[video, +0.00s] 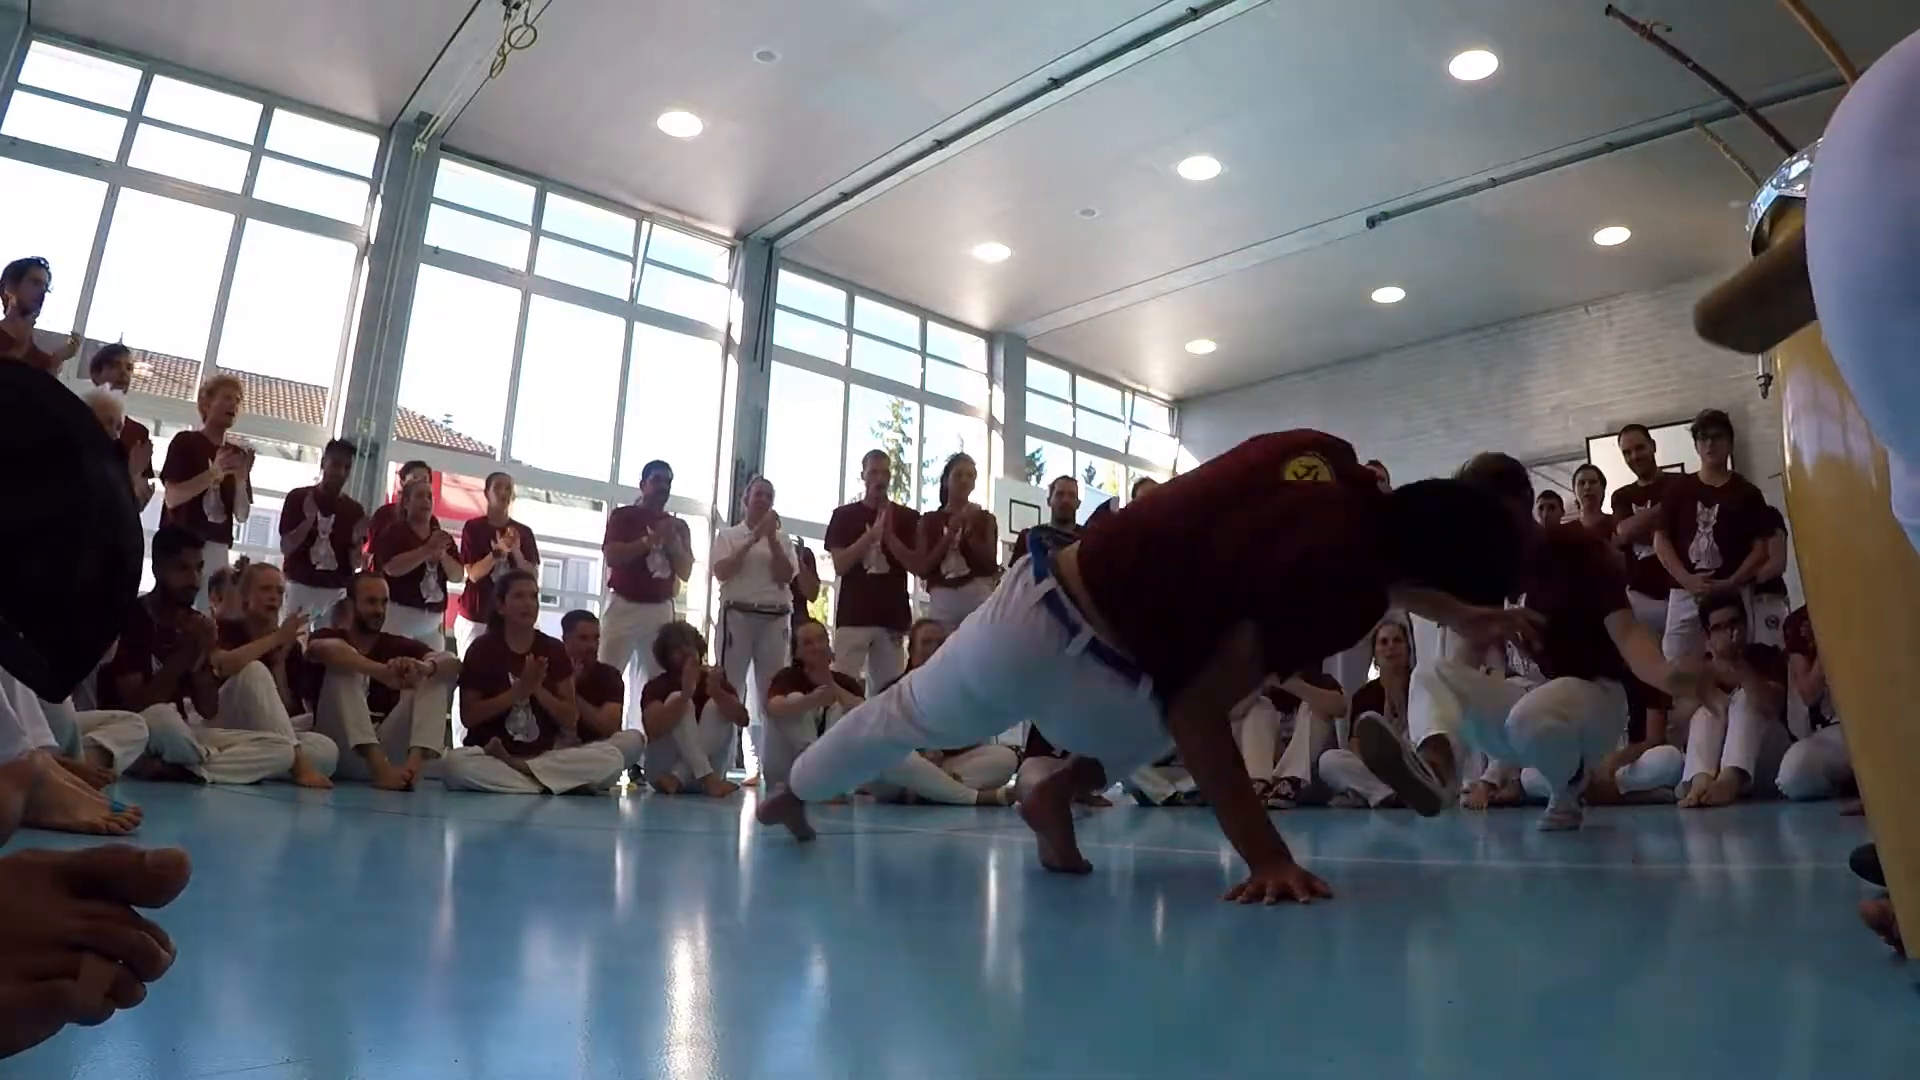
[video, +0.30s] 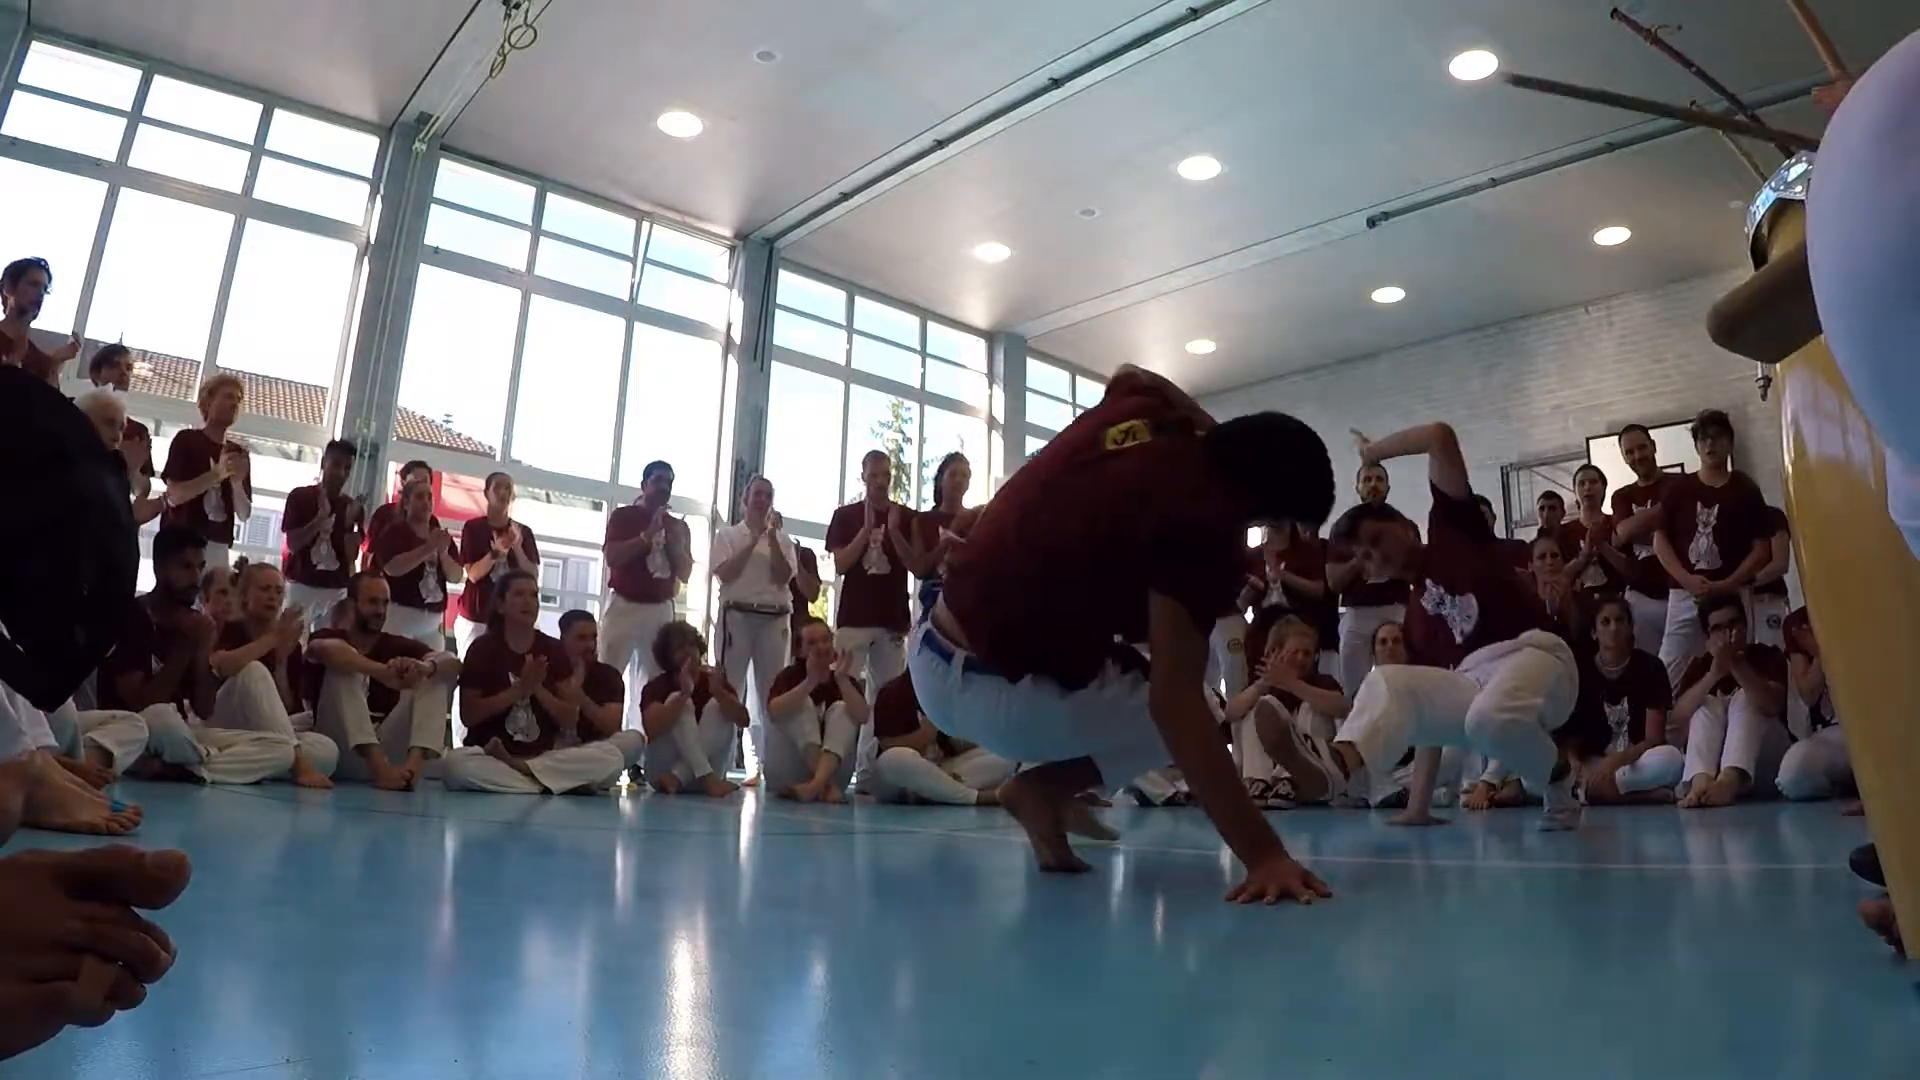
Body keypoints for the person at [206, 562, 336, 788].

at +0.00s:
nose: (274, 597)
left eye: (279, 591)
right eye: (266, 589)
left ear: (284, 597)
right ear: (246, 595)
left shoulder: (291, 646)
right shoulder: (224, 630)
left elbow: (293, 711)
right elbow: (222, 666)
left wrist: (279, 664)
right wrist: (278, 637)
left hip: (273, 733)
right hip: (224, 726)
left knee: (326, 752)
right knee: (253, 671)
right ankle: (298, 762)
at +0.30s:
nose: (273, 597)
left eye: (278, 591)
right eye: (264, 589)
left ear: (283, 597)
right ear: (245, 593)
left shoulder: (289, 643)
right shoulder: (229, 630)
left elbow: (291, 709)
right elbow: (220, 666)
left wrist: (281, 660)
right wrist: (274, 637)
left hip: (272, 732)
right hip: (224, 725)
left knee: (327, 751)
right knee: (253, 671)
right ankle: (299, 762)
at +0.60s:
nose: (273, 596)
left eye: (278, 590)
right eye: (264, 589)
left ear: (282, 596)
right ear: (245, 593)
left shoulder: (284, 643)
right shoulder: (224, 630)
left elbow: (289, 707)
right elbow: (221, 666)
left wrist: (281, 663)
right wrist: (271, 638)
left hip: (268, 731)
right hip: (222, 724)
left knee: (327, 751)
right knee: (253, 672)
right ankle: (299, 763)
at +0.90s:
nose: (273, 597)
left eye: (278, 591)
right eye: (264, 589)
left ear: (283, 597)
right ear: (245, 593)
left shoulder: (288, 644)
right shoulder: (224, 629)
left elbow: (291, 711)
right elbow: (220, 666)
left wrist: (282, 662)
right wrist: (275, 637)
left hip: (272, 733)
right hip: (223, 725)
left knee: (326, 751)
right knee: (253, 672)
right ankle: (299, 763)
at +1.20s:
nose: (273, 598)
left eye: (278, 591)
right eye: (264, 590)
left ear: (283, 596)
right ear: (244, 595)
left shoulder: (288, 643)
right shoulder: (225, 630)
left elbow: (292, 714)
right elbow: (220, 665)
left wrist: (280, 664)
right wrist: (278, 639)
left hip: (273, 734)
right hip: (224, 726)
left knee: (326, 751)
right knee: (253, 671)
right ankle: (299, 762)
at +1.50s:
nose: (273, 598)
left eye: (278, 592)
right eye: (264, 590)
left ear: (283, 597)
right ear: (245, 595)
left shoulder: (289, 645)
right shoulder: (226, 630)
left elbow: (290, 712)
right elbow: (220, 665)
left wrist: (282, 665)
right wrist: (279, 640)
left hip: (273, 734)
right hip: (225, 726)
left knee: (326, 752)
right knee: (253, 671)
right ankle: (300, 763)